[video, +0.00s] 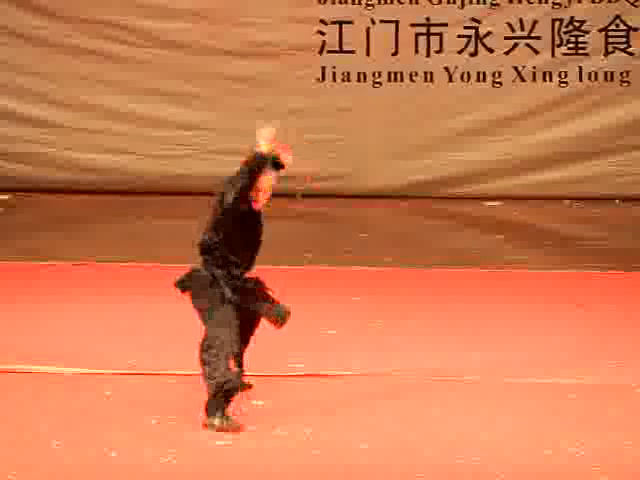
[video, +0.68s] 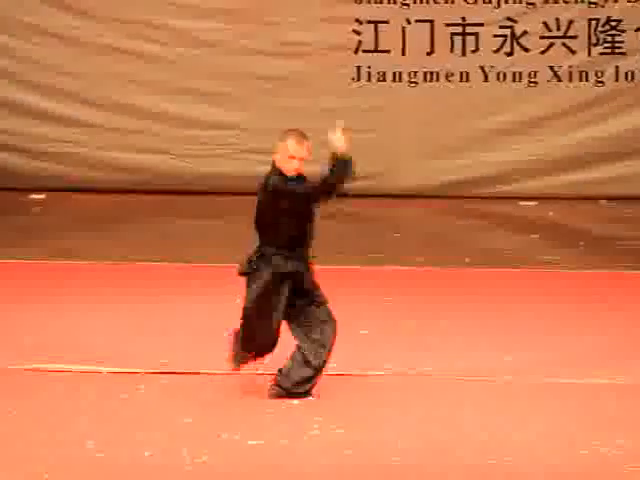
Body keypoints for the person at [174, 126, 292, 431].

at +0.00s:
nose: (266, 195)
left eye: (269, 189)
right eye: (262, 188)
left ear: (270, 191)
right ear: (248, 187)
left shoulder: (253, 217)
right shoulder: (232, 210)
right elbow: (236, 189)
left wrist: (274, 163)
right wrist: (257, 160)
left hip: (233, 278)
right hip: (210, 277)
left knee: (249, 314)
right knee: (222, 324)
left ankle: (232, 365)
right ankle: (216, 401)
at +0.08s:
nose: (261, 213)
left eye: (265, 207)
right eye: (255, 206)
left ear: (270, 206)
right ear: (243, 203)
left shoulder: (252, 227)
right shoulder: (231, 224)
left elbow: (262, 193)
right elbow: (229, 204)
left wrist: (266, 172)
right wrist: (231, 186)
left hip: (233, 299)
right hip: (212, 298)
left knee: (256, 327)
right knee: (244, 341)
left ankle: (235, 380)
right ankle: (219, 409)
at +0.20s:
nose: (260, 223)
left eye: (267, 218)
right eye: (255, 216)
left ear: (274, 215)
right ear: (243, 208)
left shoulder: (261, 236)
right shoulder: (232, 229)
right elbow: (226, 248)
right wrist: (217, 261)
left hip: (231, 300)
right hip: (211, 302)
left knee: (261, 321)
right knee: (245, 341)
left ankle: (242, 383)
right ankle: (219, 411)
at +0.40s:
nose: (287, 209)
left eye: (290, 203)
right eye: (284, 202)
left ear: (291, 200)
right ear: (270, 197)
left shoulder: (274, 218)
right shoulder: (254, 216)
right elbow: (223, 257)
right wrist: (237, 246)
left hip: (240, 287)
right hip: (225, 289)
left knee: (271, 314)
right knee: (254, 346)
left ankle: (263, 379)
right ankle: (231, 411)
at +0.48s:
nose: (299, 191)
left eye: (301, 186)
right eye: (294, 185)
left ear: (298, 185)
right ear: (278, 180)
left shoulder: (278, 198)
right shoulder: (263, 205)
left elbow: (294, 203)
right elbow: (246, 252)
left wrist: (310, 208)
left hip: (249, 273)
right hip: (229, 274)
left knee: (277, 315)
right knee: (234, 332)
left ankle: (264, 381)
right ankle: (228, 399)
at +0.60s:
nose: (300, 172)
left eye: (304, 166)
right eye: (294, 165)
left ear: (308, 166)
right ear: (279, 162)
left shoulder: (302, 196)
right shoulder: (270, 193)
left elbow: (304, 236)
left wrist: (320, 231)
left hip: (278, 276)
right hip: (253, 274)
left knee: (307, 327)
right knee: (253, 337)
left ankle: (280, 385)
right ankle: (201, 374)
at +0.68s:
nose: (297, 165)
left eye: (302, 160)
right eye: (292, 158)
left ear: (308, 160)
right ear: (277, 156)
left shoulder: (300, 187)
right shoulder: (274, 187)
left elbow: (330, 188)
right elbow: (315, 193)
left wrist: (342, 160)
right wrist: (340, 163)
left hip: (296, 270)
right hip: (270, 269)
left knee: (321, 329)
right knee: (262, 338)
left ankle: (290, 386)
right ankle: (241, 347)